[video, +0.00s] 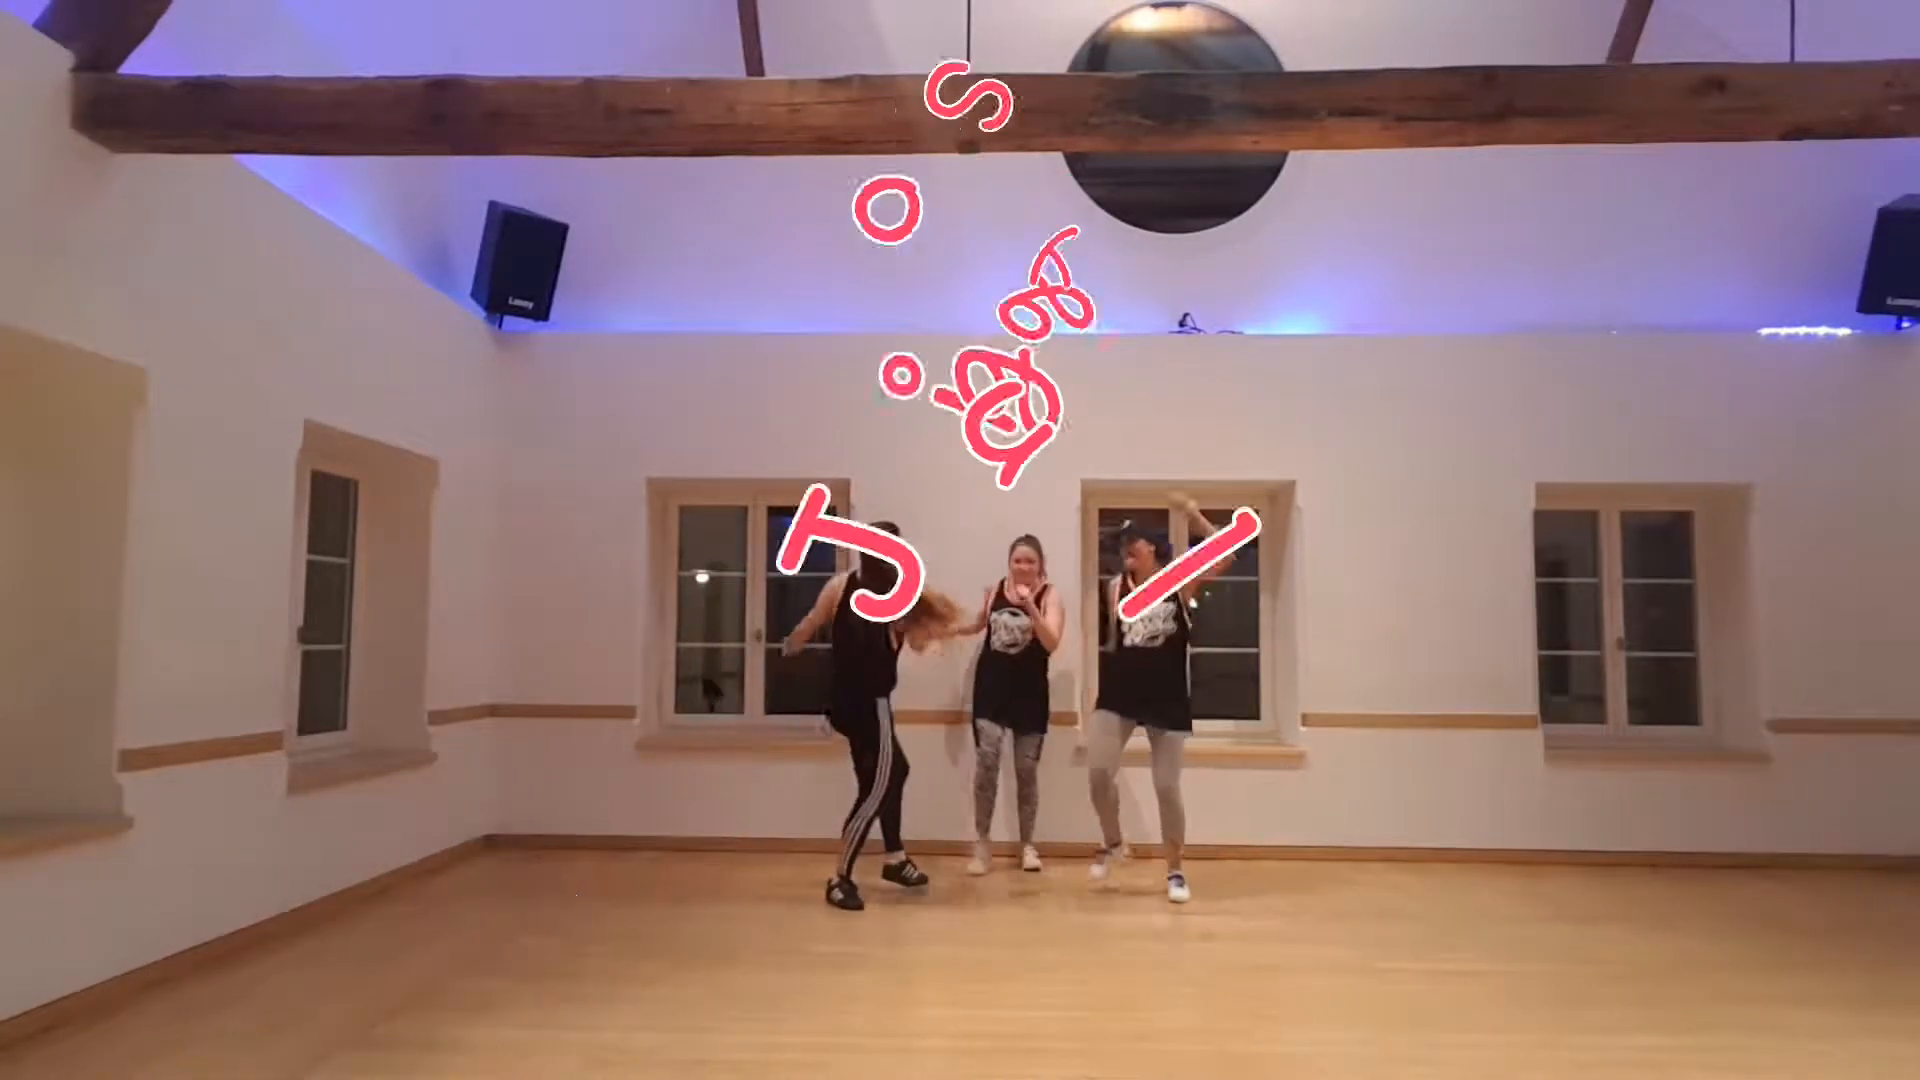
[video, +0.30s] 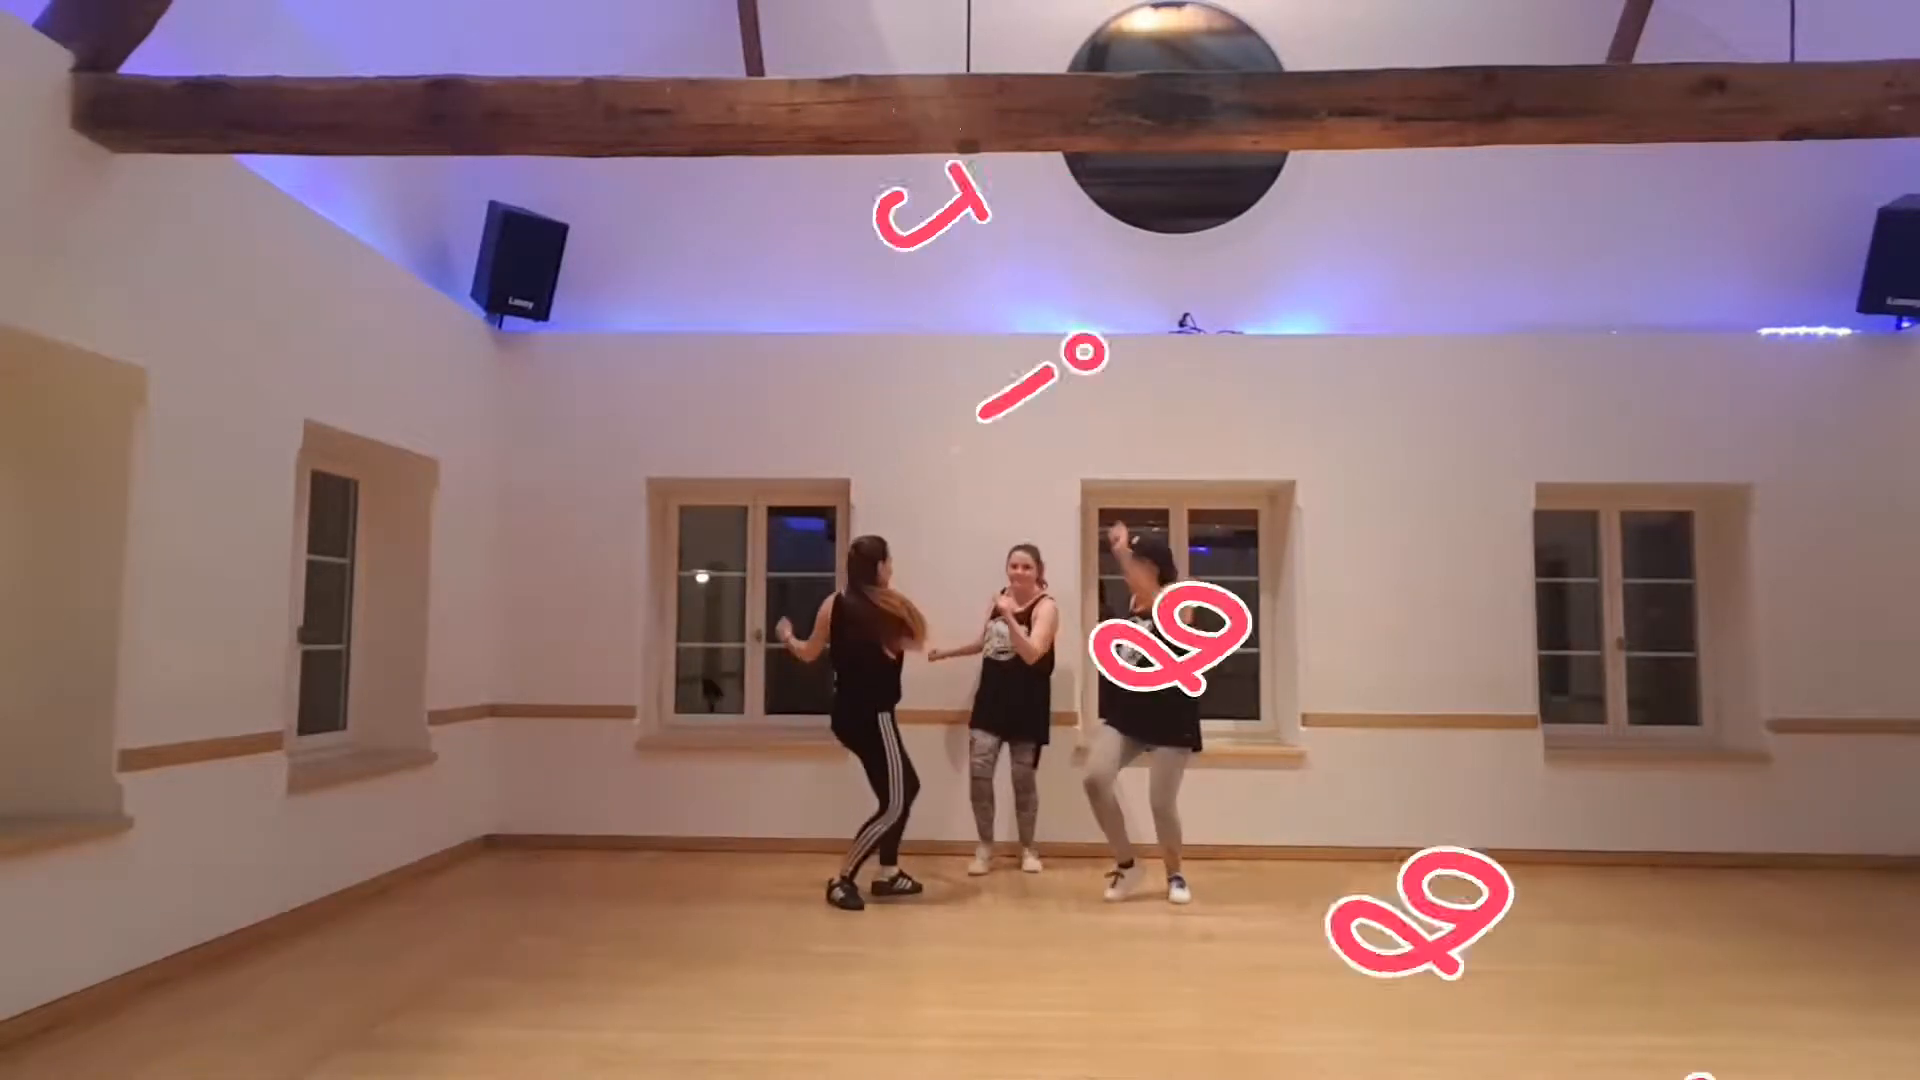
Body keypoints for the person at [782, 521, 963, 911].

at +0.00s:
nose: (892, 558)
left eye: (887, 549)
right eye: (893, 550)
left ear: (862, 552)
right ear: (896, 555)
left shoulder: (840, 584)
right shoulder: (896, 593)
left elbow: (810, 624)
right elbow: (922, 634)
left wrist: (791, 645)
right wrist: (968, 627)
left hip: (847, 698)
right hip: (873, 701)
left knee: (896, 771)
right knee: (876, 789)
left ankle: (896, 859)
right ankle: (841, 878)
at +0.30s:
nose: (891, 568)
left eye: (889, 561)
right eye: (889, 561)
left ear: (853, 565)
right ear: (881, 567)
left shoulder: (834, 604)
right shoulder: (890, 607)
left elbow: (808, 652)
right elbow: (917, 641)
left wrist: (787, 637)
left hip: (847, 713)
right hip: (875, 714)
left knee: (907, 785)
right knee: (895, 802)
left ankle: (887, 875)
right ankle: (843, 880)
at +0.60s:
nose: (891, 550)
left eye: (888, 543)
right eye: (888, 544)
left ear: (858, 549)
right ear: (879, 550)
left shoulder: (848, 585)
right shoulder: (881, 588)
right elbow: (906, 635)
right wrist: (945, 673)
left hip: (848, 690)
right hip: (856, 693)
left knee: (893, 775)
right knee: (863, 788)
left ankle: (887, 867)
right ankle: (838, 879)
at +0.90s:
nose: (898, 575)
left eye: (896, 569)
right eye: (894, 569)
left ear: (875, 574)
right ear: (882, 574)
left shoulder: (882, 610)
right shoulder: (850, 615)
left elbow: (863, 650)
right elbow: (817, 641)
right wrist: (797, 647)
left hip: (867, 716)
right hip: (838, 715)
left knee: (917, 792)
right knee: (868, 802)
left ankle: (885, 874)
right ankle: (839, 881)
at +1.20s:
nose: (888, 550)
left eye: (885, 543)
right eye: (884, 543)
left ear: (872, 550)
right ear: (871, 549)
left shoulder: (893, 589)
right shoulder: (842, 591)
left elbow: (921, 631)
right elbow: (816, 641)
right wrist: (798, 691)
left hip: (884, 700)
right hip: (844, 701)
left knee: (911, 783)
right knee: (846, 791)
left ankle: (904, 862)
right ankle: (835, 879)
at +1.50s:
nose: (896, 565)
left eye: (892, 559)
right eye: (890, 560)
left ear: (882, 570)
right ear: (877, 568)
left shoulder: (903, 607)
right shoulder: (860, 609)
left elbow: (919, 656)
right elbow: (844, 663)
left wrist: (929, 623)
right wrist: (846, 718)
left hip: (911, 714)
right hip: (875, 717)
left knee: (934, 793)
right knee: (860, 800)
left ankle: (906, 866)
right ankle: (835, 880)